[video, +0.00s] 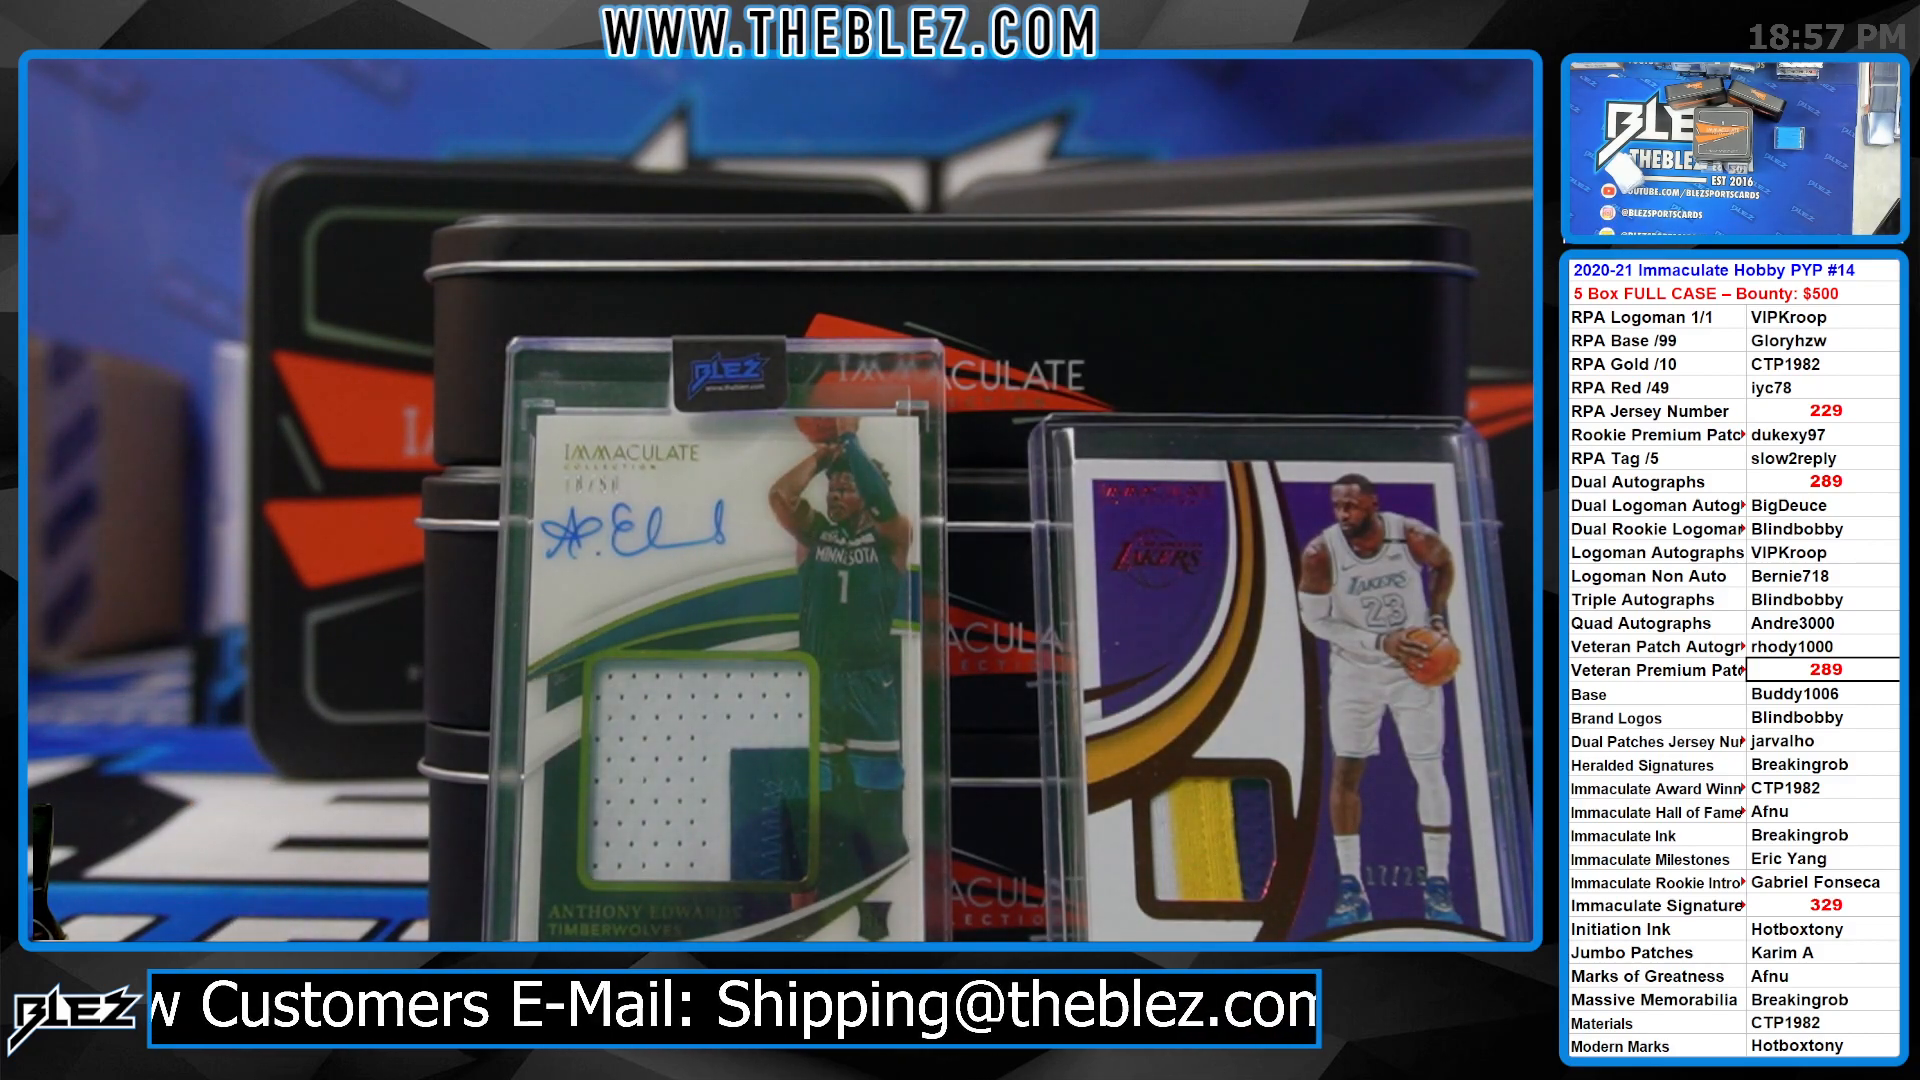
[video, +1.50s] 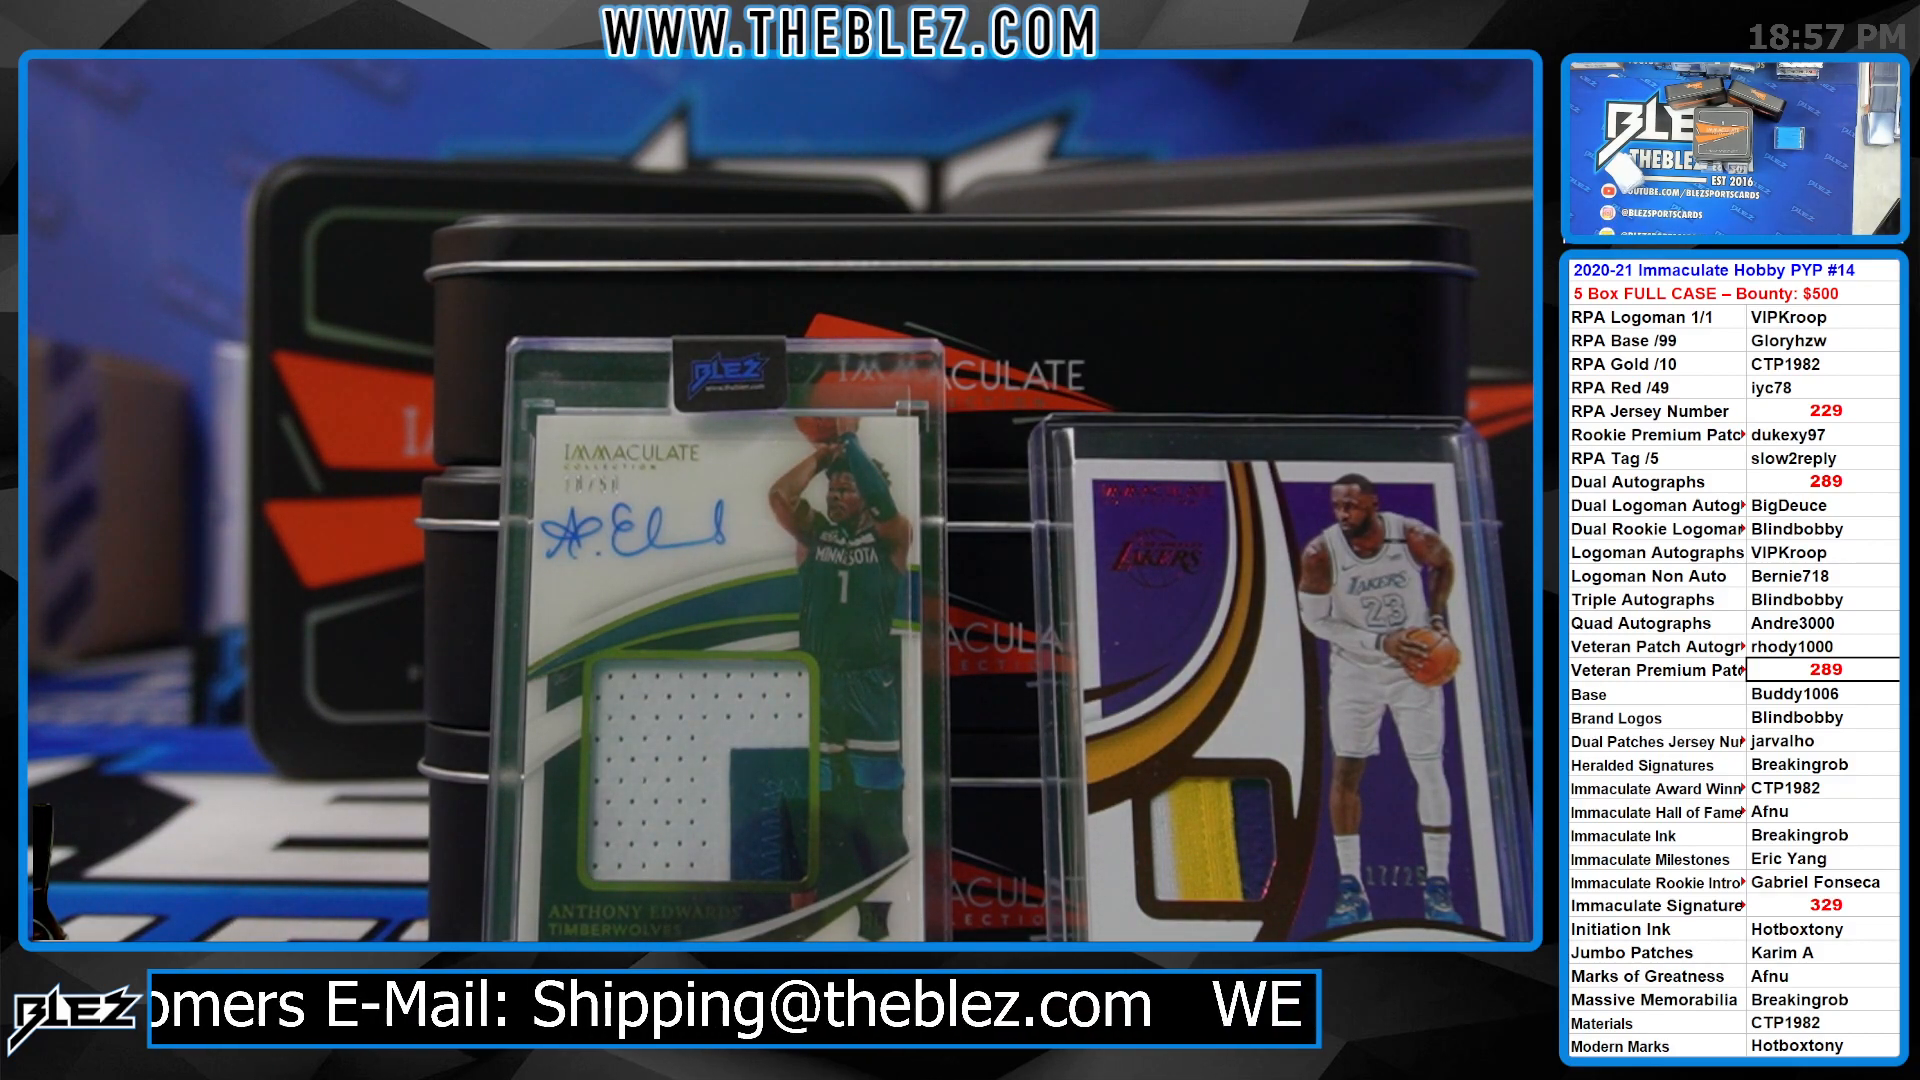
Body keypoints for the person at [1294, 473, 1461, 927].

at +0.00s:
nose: (1343, 514)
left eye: (1351, 506)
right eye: (1337, 506)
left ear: (1373, 505)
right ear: (1332, 509)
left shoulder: (1413, 536)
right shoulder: (1319, 555)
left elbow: (1444, 565)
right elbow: (1316, 621)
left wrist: (1436, 617)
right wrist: (1379, 642)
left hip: (1414, 673)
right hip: (1354, 674)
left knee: (1430, 771)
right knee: (1348, 773)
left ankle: (1438, 884)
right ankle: (1350, 888)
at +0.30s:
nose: (1343, 514)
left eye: (1351, 506)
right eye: (1337, 506)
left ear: (1373, 505)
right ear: (1332, 509)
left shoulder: (1413, 536)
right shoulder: (1319, 555)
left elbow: (1444, 565)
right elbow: (1315, 621)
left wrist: (1436, 617)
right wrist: (1379, 642)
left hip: (1414, 673)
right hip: (1354, 675)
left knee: (1430, 771)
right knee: (1348, 773)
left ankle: (1438, 884)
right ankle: (1350, 888)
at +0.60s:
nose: (1343, 514)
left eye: (1351, 505)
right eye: (1337, 506)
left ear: (1373, 505)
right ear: (1332, 509)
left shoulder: (1414, 536)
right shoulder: (1319, 555)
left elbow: (1444, 565)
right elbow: (1315, 621)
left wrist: (1436, 617)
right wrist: (1379, 642)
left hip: (1414, 673)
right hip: (1354, 675)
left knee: (1430, 772)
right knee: (1348, 773)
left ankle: (1438, 884)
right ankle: (1350, 888)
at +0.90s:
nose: (1342, 514)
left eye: (1351, 505)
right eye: (1337, 506)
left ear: (1373, 505)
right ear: (1332, 509)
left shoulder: (1414, 537)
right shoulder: (1319, 555)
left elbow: (1444, 564)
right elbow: (1315, 621)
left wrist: (1436, 617)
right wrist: (1379, 642)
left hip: (1414, 673)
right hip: (1354, 674)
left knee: (1430, 772)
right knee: (1348, 773)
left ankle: (1438, 884)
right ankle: (1350, 888)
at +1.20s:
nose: (1342, 514)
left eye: (1351, 505)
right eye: (1337, 506)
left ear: (1373, 505)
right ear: (1332, 509)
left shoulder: (1413, 536)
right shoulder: (1319, 555)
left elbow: (1444, 565)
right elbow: (1315, 621)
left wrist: (1436, 617)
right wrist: (1379, 642)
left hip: (1414, 673)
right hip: (1354, 674)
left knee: (1430, 771)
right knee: (1348, 773)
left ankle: (1438, 884)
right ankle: (1350, 888)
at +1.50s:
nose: (1343, 514)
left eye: (1351, 505)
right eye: (1337, 506)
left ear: (1373, 505)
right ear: (1332, 509)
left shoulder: (1413, 536)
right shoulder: (1319, 555)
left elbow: (1445, 565)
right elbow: (1315, 621)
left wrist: (1436, 617)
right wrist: (1379, 642)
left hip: (1414, 673)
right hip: (1354, 674)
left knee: (1430, 772)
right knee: (1347, 773)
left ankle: (1438, 885)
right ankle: (1351, 889)